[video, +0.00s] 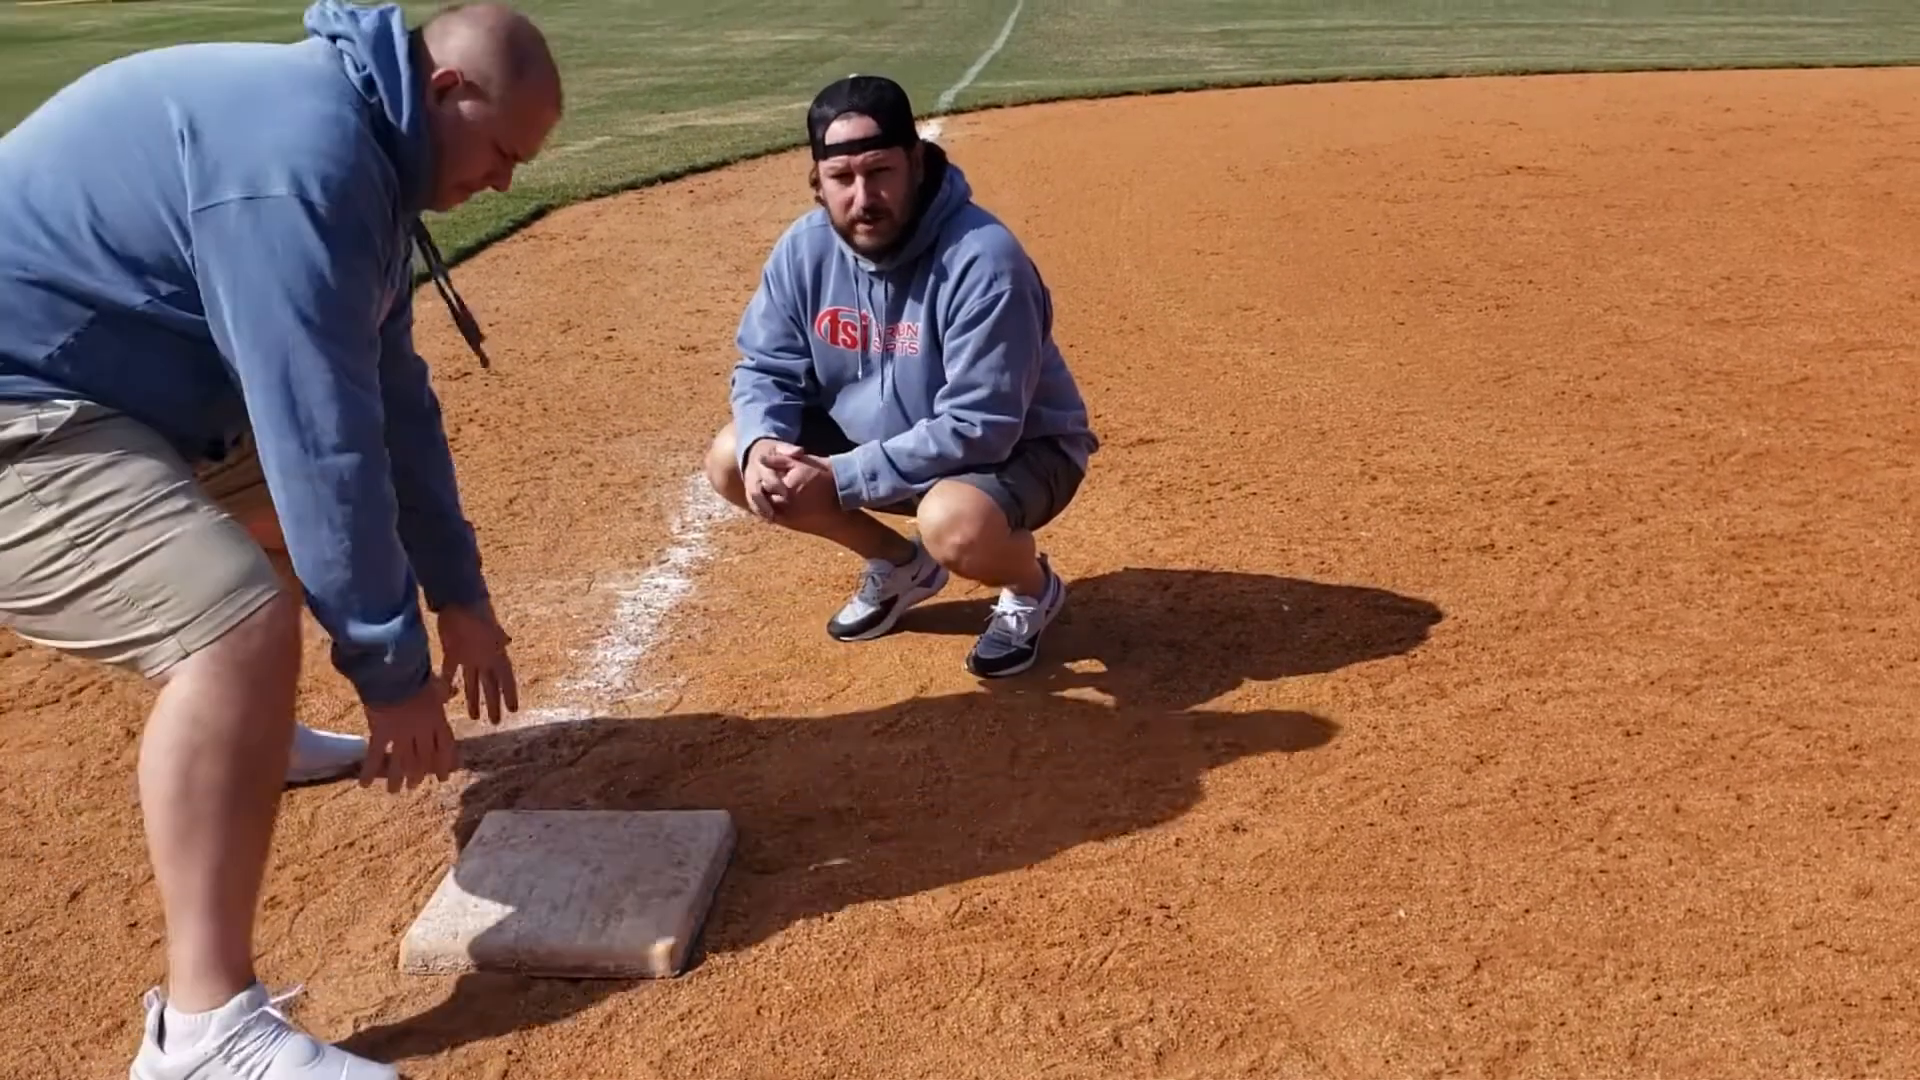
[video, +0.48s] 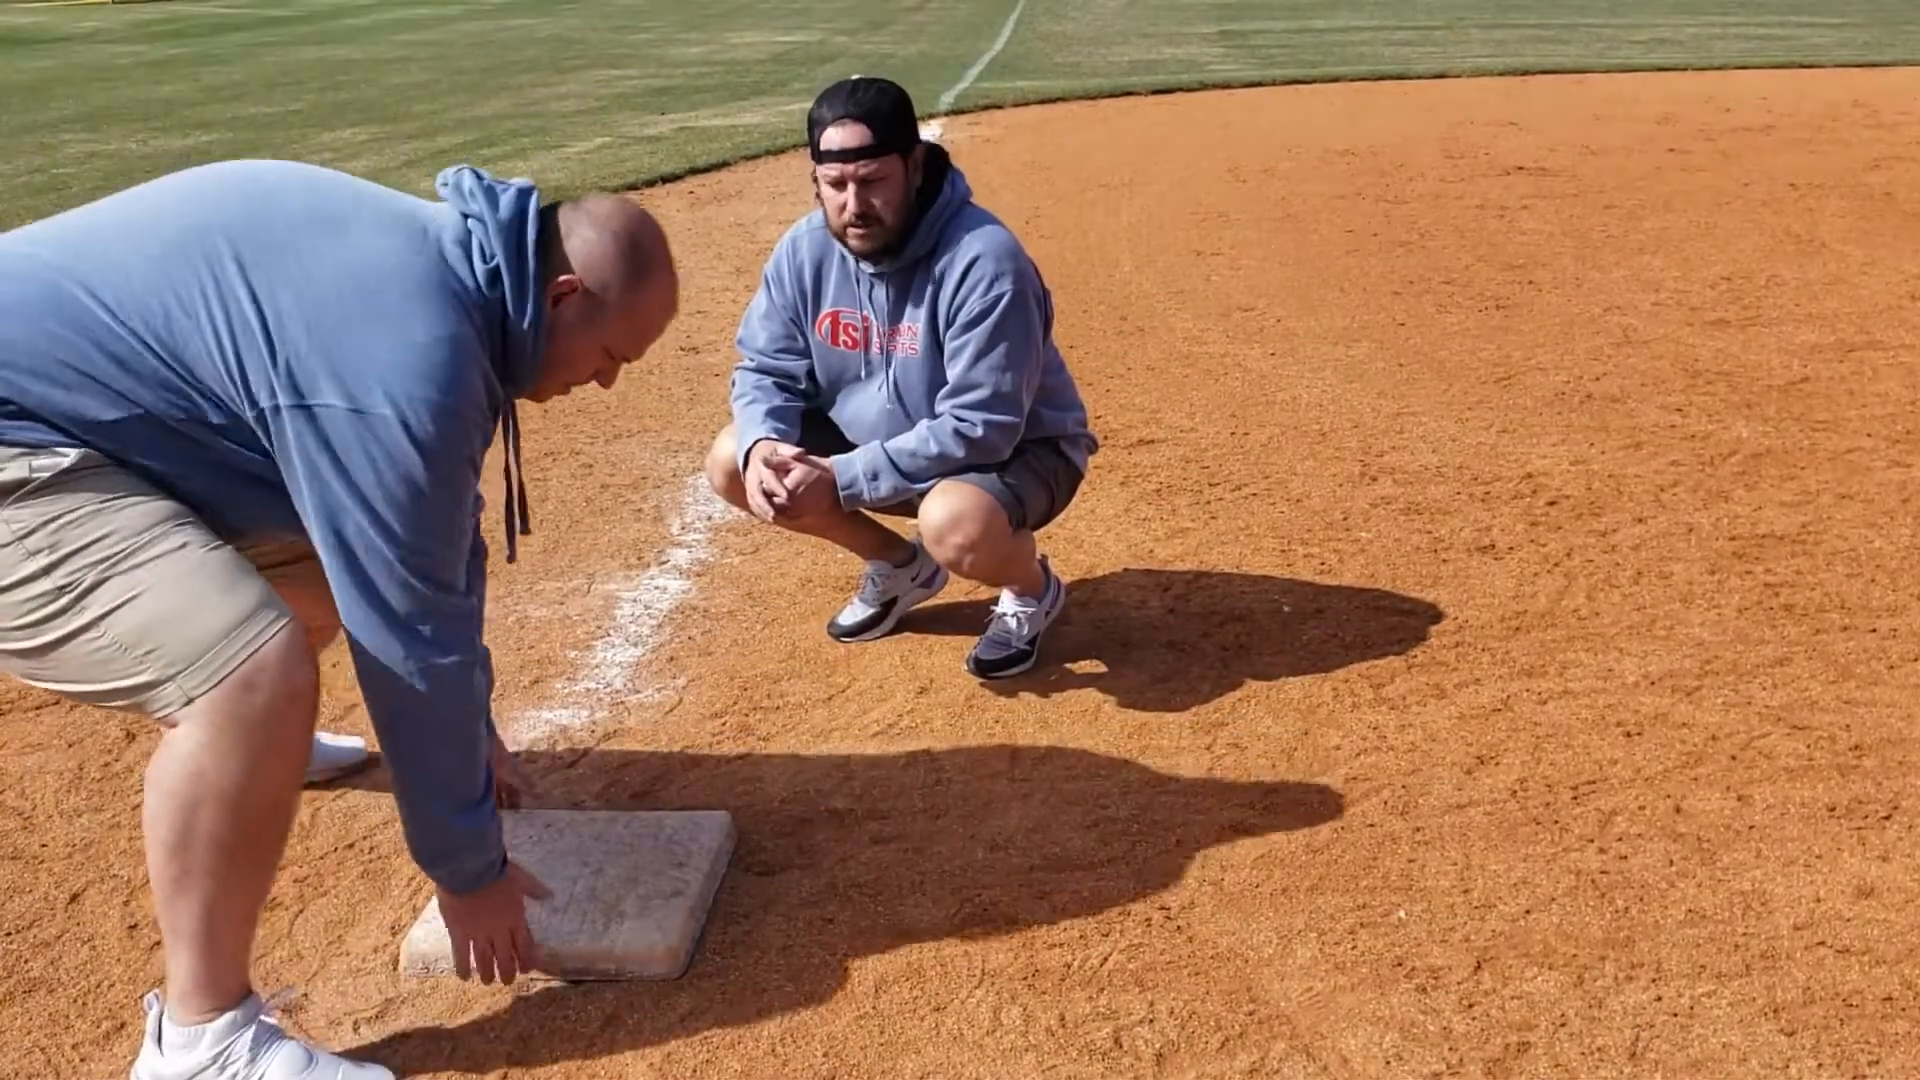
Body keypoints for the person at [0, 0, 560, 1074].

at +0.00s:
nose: (497, 185)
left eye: (514, 166)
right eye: (502, 156)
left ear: (445, 94)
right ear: (443, 92)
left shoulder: (351, 150)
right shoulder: (298, 157)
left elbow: (398, 404)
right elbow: (325, 447)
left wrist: (462, 599)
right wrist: (395, 676)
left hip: (98, 375)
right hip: (19, 394)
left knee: (270, 506)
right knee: (236, 621)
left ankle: (250, 739)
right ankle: (202, 1020)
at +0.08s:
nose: (527, 232)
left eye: (544, 214)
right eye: (533, 204)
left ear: (480, 137)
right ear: (478, 140)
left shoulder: (385, 188)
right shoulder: (325, 193)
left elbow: (410, 441)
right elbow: (344, 477)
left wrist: (463, 652)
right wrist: (407, 700)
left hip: (103, 385)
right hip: (20, 407)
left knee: (293, 494)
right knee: (253, 630)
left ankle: (251, 736)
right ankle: (205, 1020)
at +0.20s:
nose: (571, 306)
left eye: (586, 289)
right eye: (576, 281)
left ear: (528, 212)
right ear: (528, 222)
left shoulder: (425, 249)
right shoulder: (360, 255)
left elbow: (424, 505)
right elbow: (357, 540)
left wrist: (460, 719)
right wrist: (415, 768)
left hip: (95, 396)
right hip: (19, 421)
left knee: (304, 502)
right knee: (260, 642)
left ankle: (280, 737)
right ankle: (207, 1023)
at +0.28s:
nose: (580, 331)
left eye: (596, 313)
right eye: (587, 305)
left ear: (540, 232)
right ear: (539, 241)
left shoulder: (434, 261)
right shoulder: (376, 279)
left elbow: (427, 520)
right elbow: (371, 571)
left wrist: (461, 726)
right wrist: (418, 801)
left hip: (96, 400)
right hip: (19, 428)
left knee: (306, 522)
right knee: (245, 647)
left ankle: (270, 731)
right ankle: (203, 1023)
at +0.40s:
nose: (593, 367)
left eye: (611, 352)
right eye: (603, 341)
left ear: (554, 263)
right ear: (555, 276)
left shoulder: (433, 273)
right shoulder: (392, 327)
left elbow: (436, 544)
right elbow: (395, 625)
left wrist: (469, 730)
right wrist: (451, 849)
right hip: (16, 437)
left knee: (324, 561)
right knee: (243, 656)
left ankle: (260, 733)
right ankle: (199, 1026)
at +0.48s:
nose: (599, 383)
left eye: (617, 369)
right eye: (609, 357)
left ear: (559, 280)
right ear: (561, 293)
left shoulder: (437, 277)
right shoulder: (404, 351)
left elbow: (442, 549)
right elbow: (411, 643)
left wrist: (467, 721)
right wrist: (472, 870)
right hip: (17, 443)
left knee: (320, 566)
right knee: (251, 664)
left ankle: (262, 737)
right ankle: (200, 1028)